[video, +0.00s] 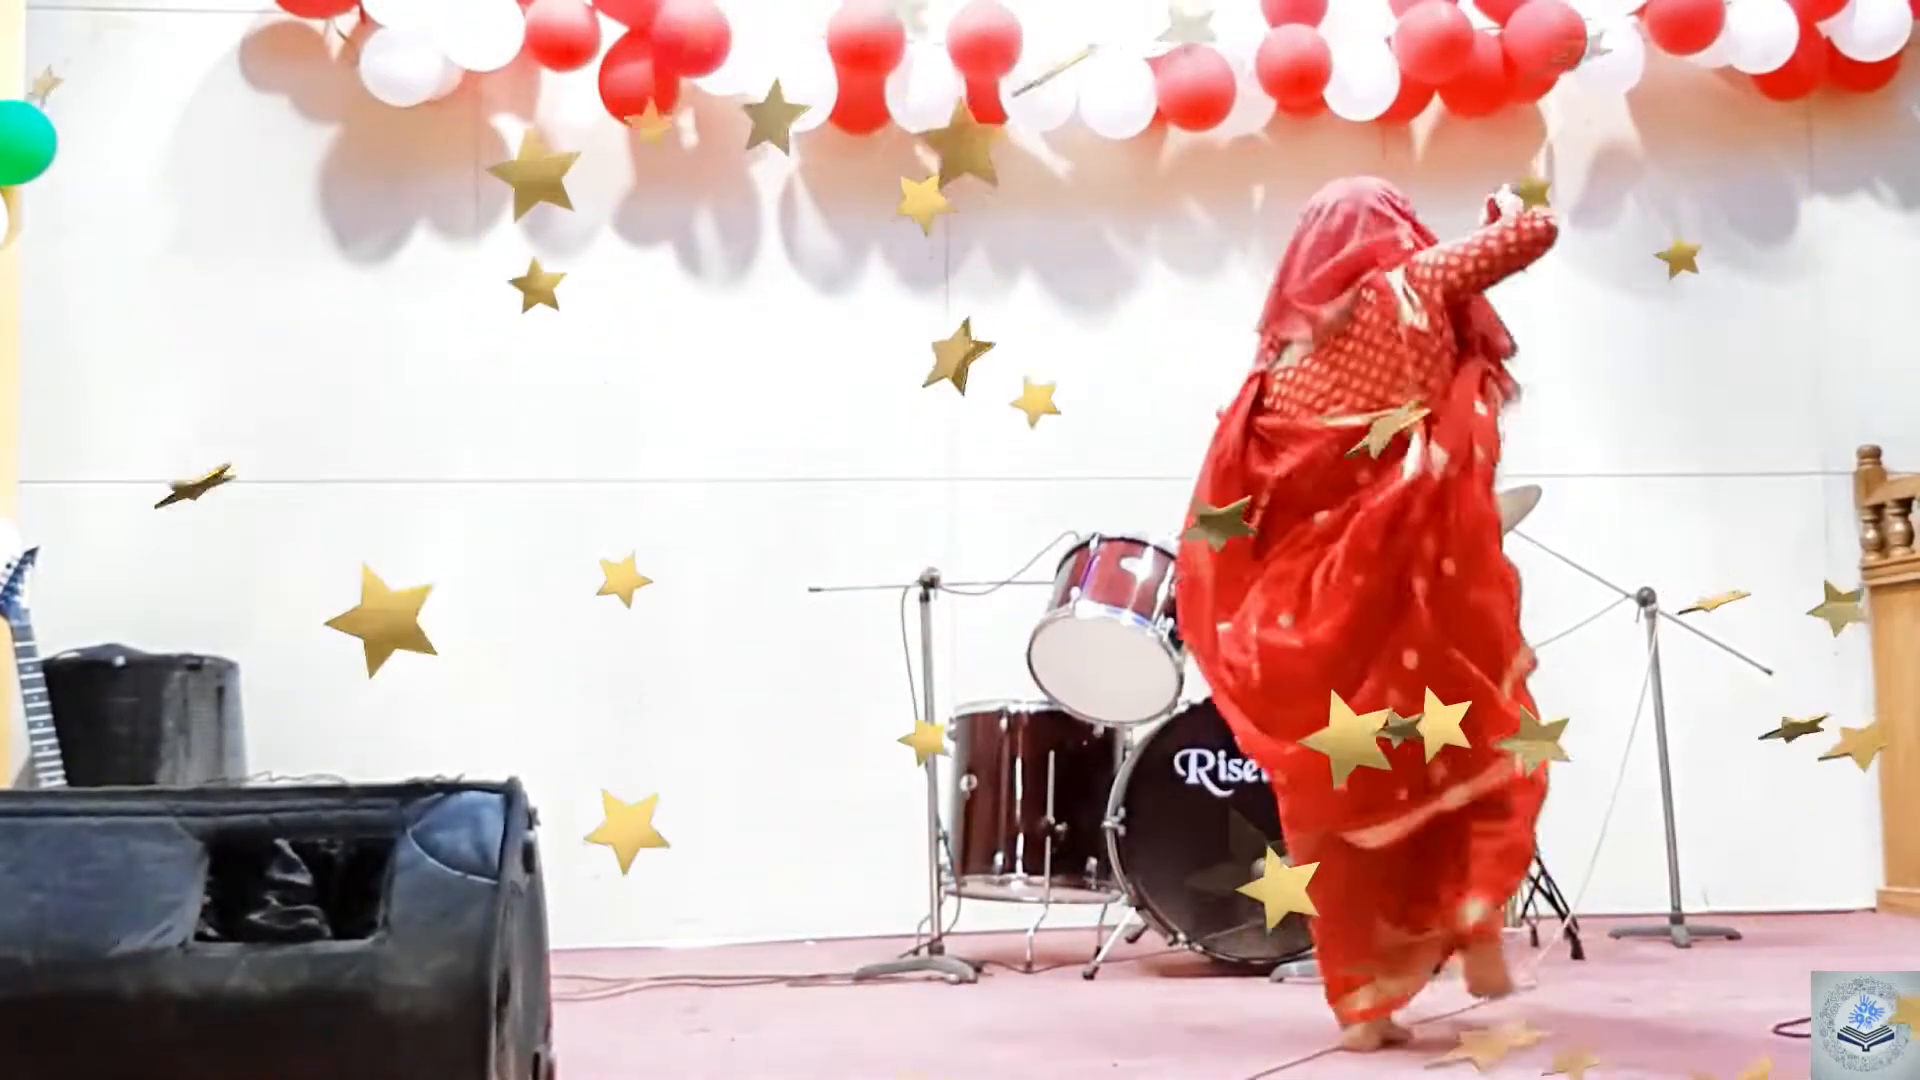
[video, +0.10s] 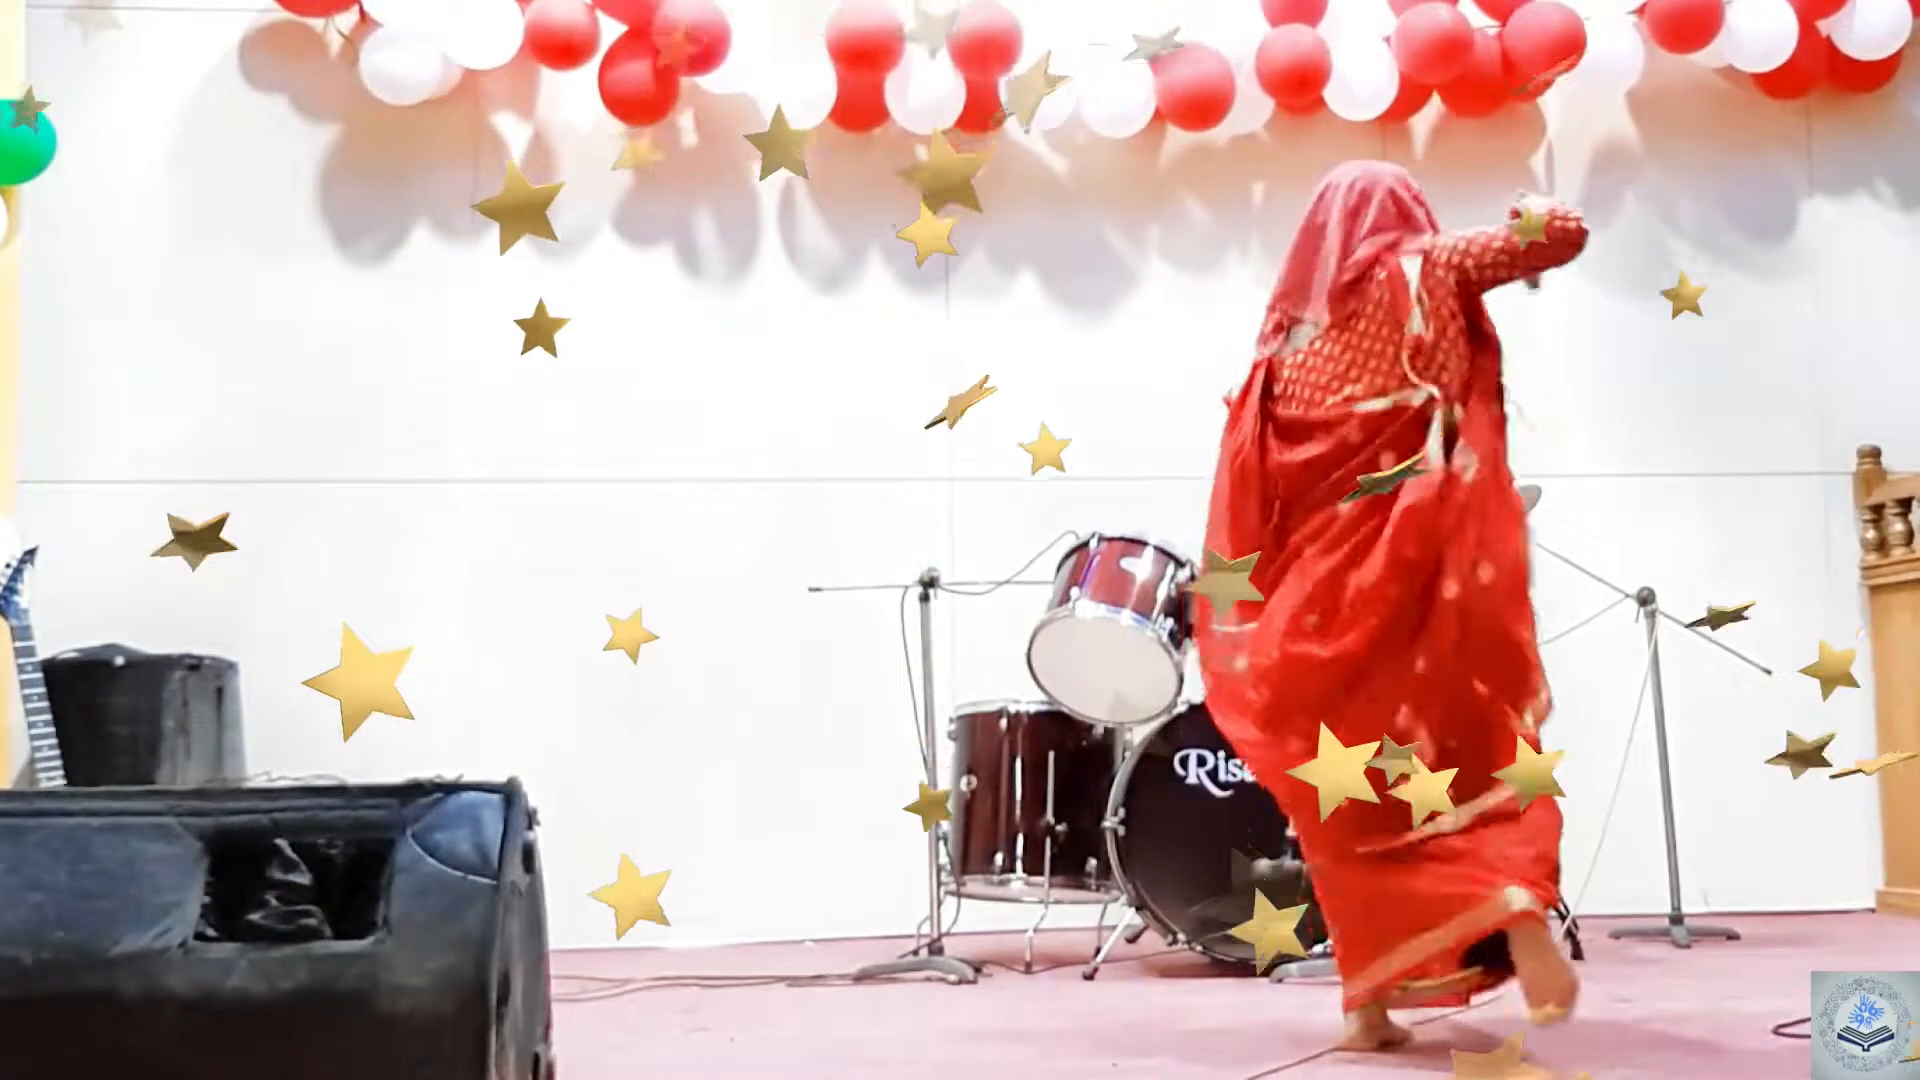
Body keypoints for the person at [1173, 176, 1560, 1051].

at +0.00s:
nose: (1415, 237)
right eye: (1407, 225)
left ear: (1303, 253)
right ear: (1399, 233)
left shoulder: (1275, 368)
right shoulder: (1416, 288)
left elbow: (1238, 499)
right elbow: (1530, 232)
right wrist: (1514, 216)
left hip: (1314, 599)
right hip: (1428, 581)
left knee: (1337, 792)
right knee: (1474, 748)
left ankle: (1363, 1000)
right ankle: (1476, 909)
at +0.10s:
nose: (1417, 230)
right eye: (1415, 217)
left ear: (1314, 237)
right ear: (1411, 221)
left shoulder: (1278, 357)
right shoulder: (1431, 268)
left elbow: (1241, 514)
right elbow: (1556, 238)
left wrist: (1243, 612)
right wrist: (1537, 224)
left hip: (1326, 577)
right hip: (1440, 551)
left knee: (1338, 787)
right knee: (1492, 745)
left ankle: (1366, 997)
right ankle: (1521, 899)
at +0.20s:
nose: (1501, 233)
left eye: (1488, 214)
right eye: (1494, 216)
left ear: (1386, 229)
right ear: (1486, 222)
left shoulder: (1341, 338)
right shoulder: (1511, 276)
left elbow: (1324, 501)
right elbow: (1639, 283)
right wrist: (1653, 314)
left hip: (1400, 608)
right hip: (1524, 596)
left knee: (1421, 793)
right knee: (1570, 782)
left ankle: (1426, 1006)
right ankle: (1609, 1015)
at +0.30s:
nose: (1524, 272)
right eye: (1515, 250)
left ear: (1401, 259)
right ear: (1508, 257)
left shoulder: (1357, 372)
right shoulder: (1521, 332)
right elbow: (1609, 410)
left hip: (1430, 640)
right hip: (1540, 638)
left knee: (1459, 818)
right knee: (1580, 817)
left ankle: (1460, 1009)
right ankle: (1589, 1025)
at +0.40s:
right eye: (1517, 275)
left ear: (1407, 292)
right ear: (1514, 284)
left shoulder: (1367, 400)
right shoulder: (1543, 377)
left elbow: (1317, 441)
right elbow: (1623, 495)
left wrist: (1297, 397)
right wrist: (1721, 567)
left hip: (1444, 653)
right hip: (1556, 648)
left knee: (1486, 844)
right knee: (1596, 848)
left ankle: (1495, 1032)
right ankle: (1609, 1051)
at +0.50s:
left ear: (1400, 264)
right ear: (1504, 259)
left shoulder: (1366, 373)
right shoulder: (1546, 352)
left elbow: (1308, 434)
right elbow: (1637, 432)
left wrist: (1273, 414)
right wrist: (1704, 458)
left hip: (1450, 629)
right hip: (1564, 614)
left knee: (1474, 827)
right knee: (1594, 817)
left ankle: (1488, 1021)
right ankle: (1619, 1028)